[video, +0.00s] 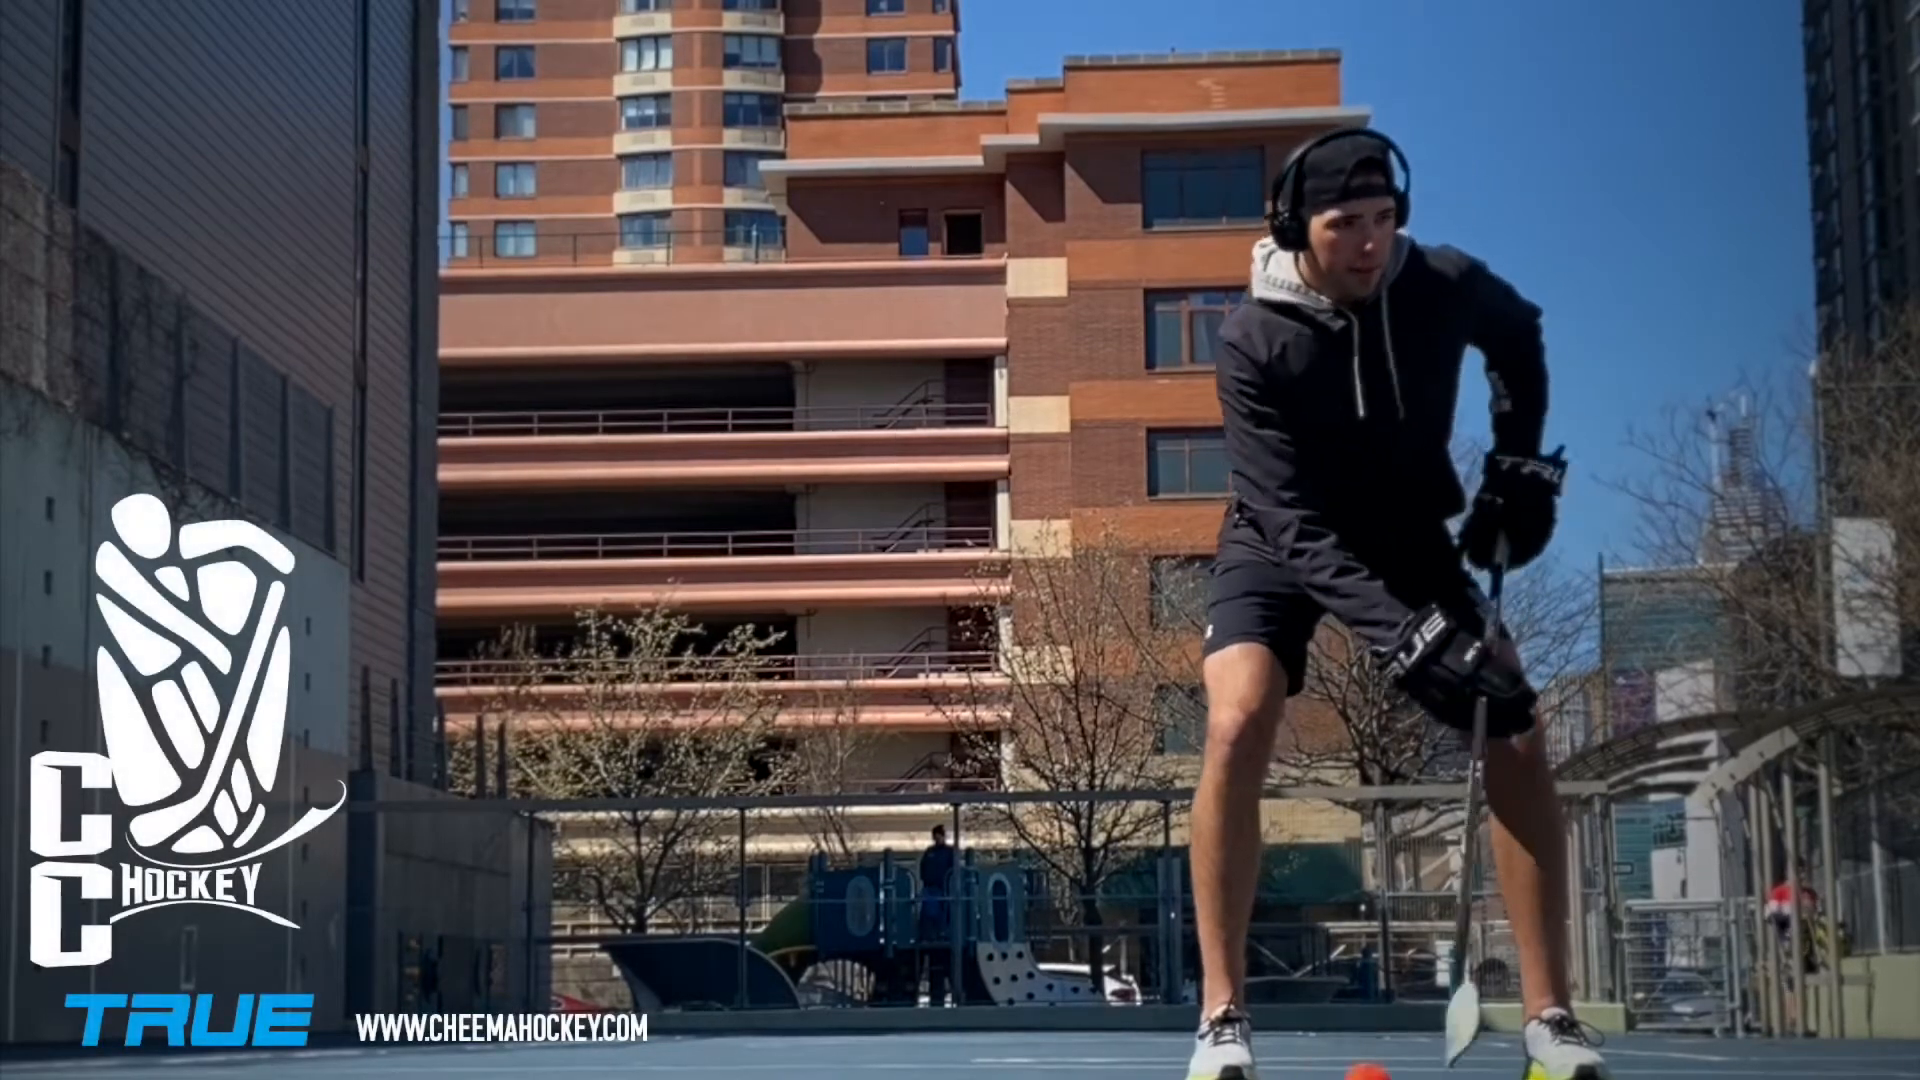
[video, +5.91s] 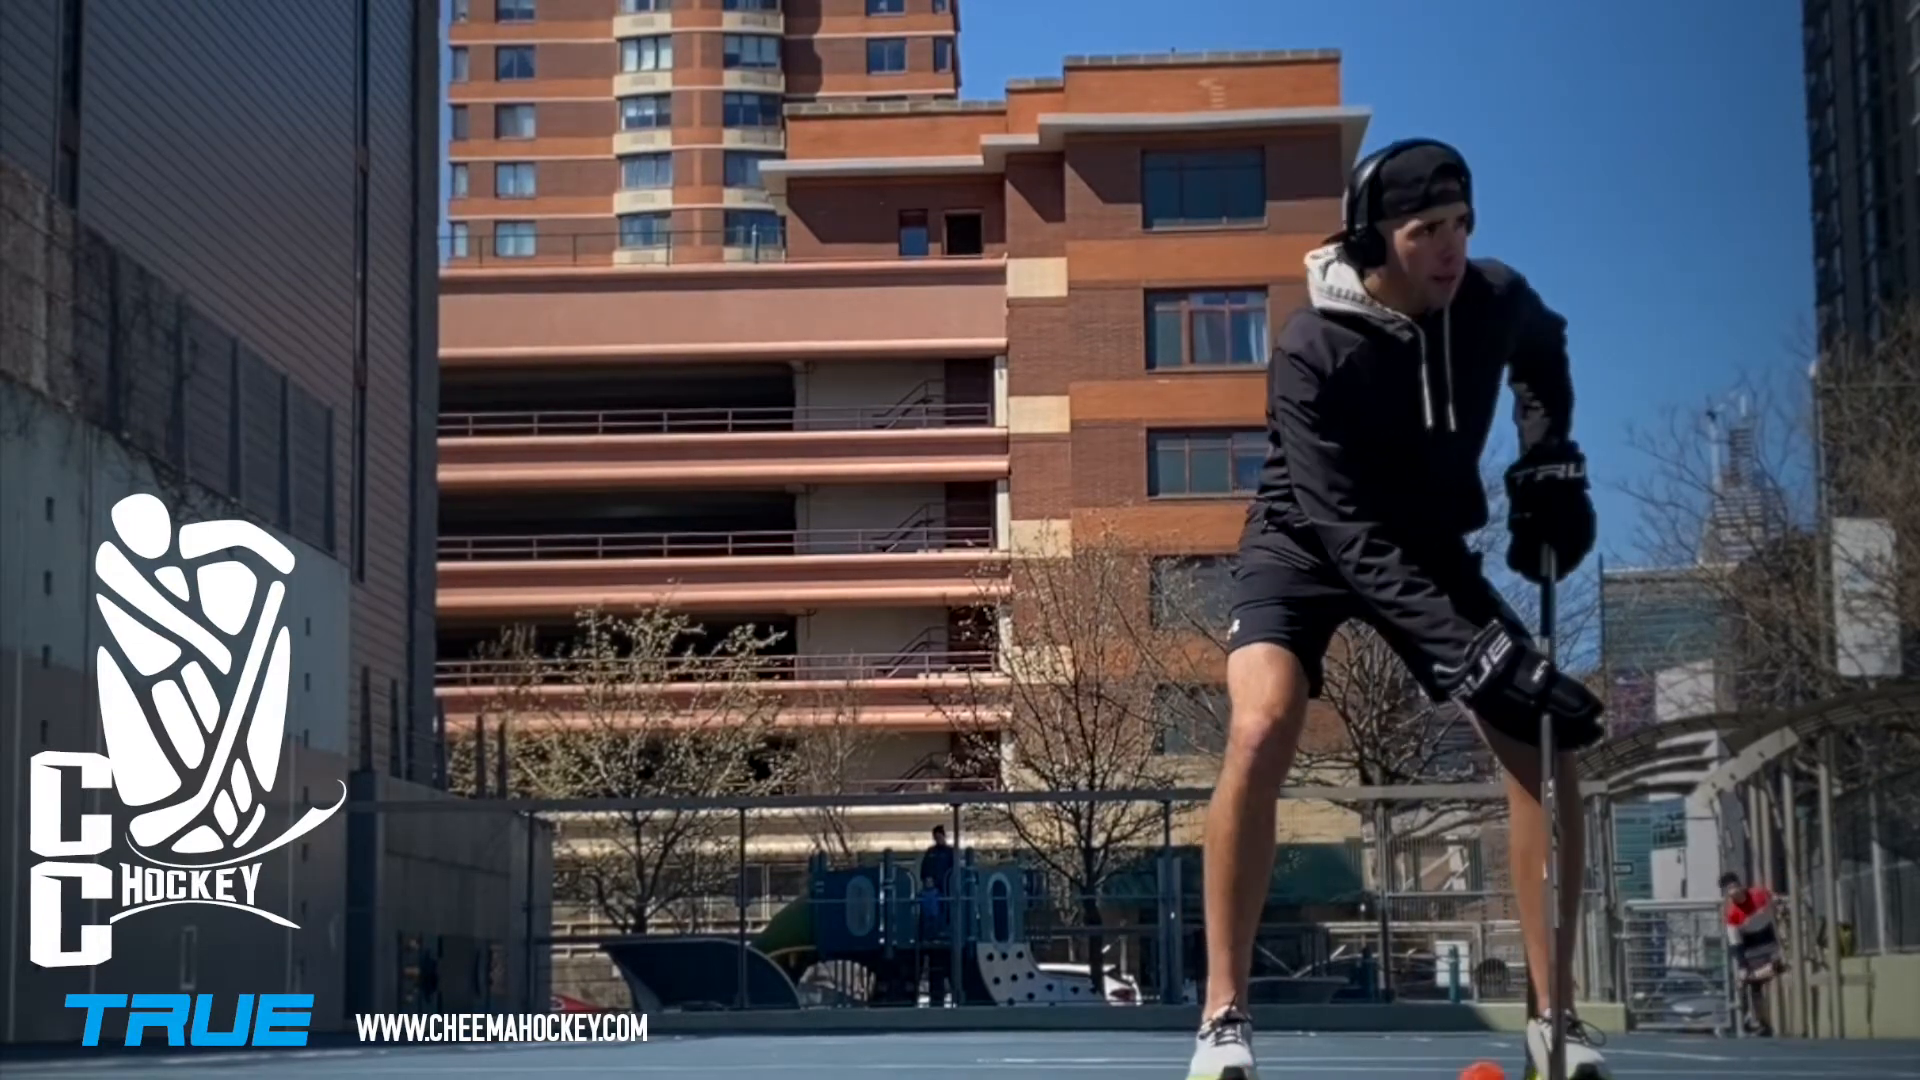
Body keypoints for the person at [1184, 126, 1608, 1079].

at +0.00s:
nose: (1371, 243)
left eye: (1384, 221)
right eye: (1347, 225)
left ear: (1401, 217)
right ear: (1297, 227)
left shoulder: (1440, 283)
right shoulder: (1257, 338)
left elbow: (1518, 334)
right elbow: (1292, 524)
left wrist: (1519, 465)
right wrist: (1414, 636)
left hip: (1411, 533)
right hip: (1280, 538)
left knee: (1515, 731)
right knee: (1238, 724)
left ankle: (1550, 1014)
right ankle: (1222, 1014)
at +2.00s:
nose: (1330, 286)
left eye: (1349, 264)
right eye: (1310, 266)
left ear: (1379, 262)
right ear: (1278, 265)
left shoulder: (1432, 319)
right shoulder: (1253, 376)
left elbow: (1509, 362)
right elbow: (1294, 553)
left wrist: (1506, 474)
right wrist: (1411, 670)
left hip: (1412, 564)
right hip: (1284, 570)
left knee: (1523, 742)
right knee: (1230, 726)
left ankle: (1549, 1016)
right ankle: (1219, 1015)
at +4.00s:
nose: (1336, 252)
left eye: (1357, 231)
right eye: (1316, 232)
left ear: (1394, 229)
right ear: (1288, 235)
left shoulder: (1448, 285)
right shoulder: (1265, 339)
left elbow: (1524, 337)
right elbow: (1305, 521)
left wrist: (1523, 456)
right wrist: (1411, 650)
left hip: (1418, 533)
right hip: (1286, 538)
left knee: (1523, 730)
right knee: (1238, 725)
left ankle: (1551, 1015)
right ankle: (1220, 1014)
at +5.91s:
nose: (1453, 248)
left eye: (1462, 226)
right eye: (1430, 229)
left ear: (1473, 227)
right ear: (1376, 235)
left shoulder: (1491, 298)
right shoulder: (1314, 345)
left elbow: (1540, 348)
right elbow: (1349, 540)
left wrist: (1550, 467)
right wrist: (1499, 661)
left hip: (1431, 545)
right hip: (1305, 541)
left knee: (1539, 750)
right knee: (1260, 732)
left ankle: (1554, 1020)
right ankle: (1223, 1014)